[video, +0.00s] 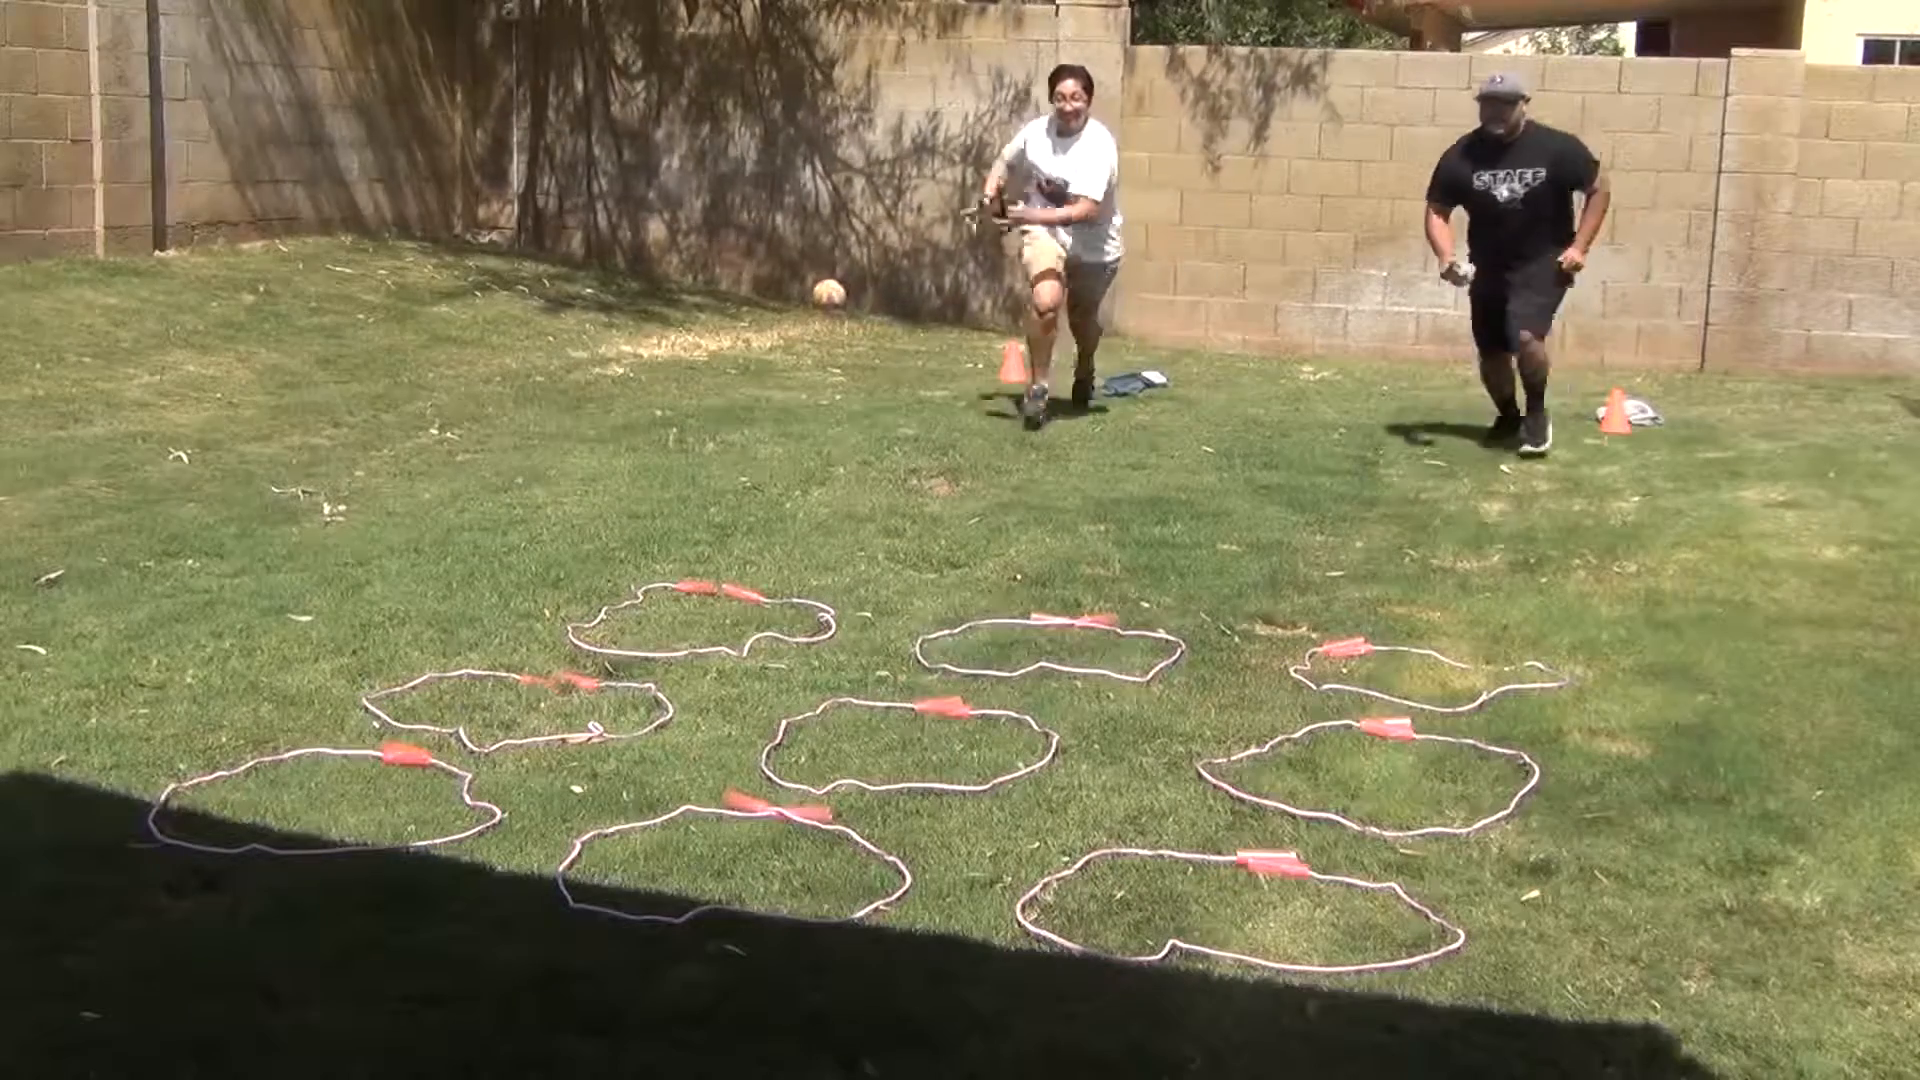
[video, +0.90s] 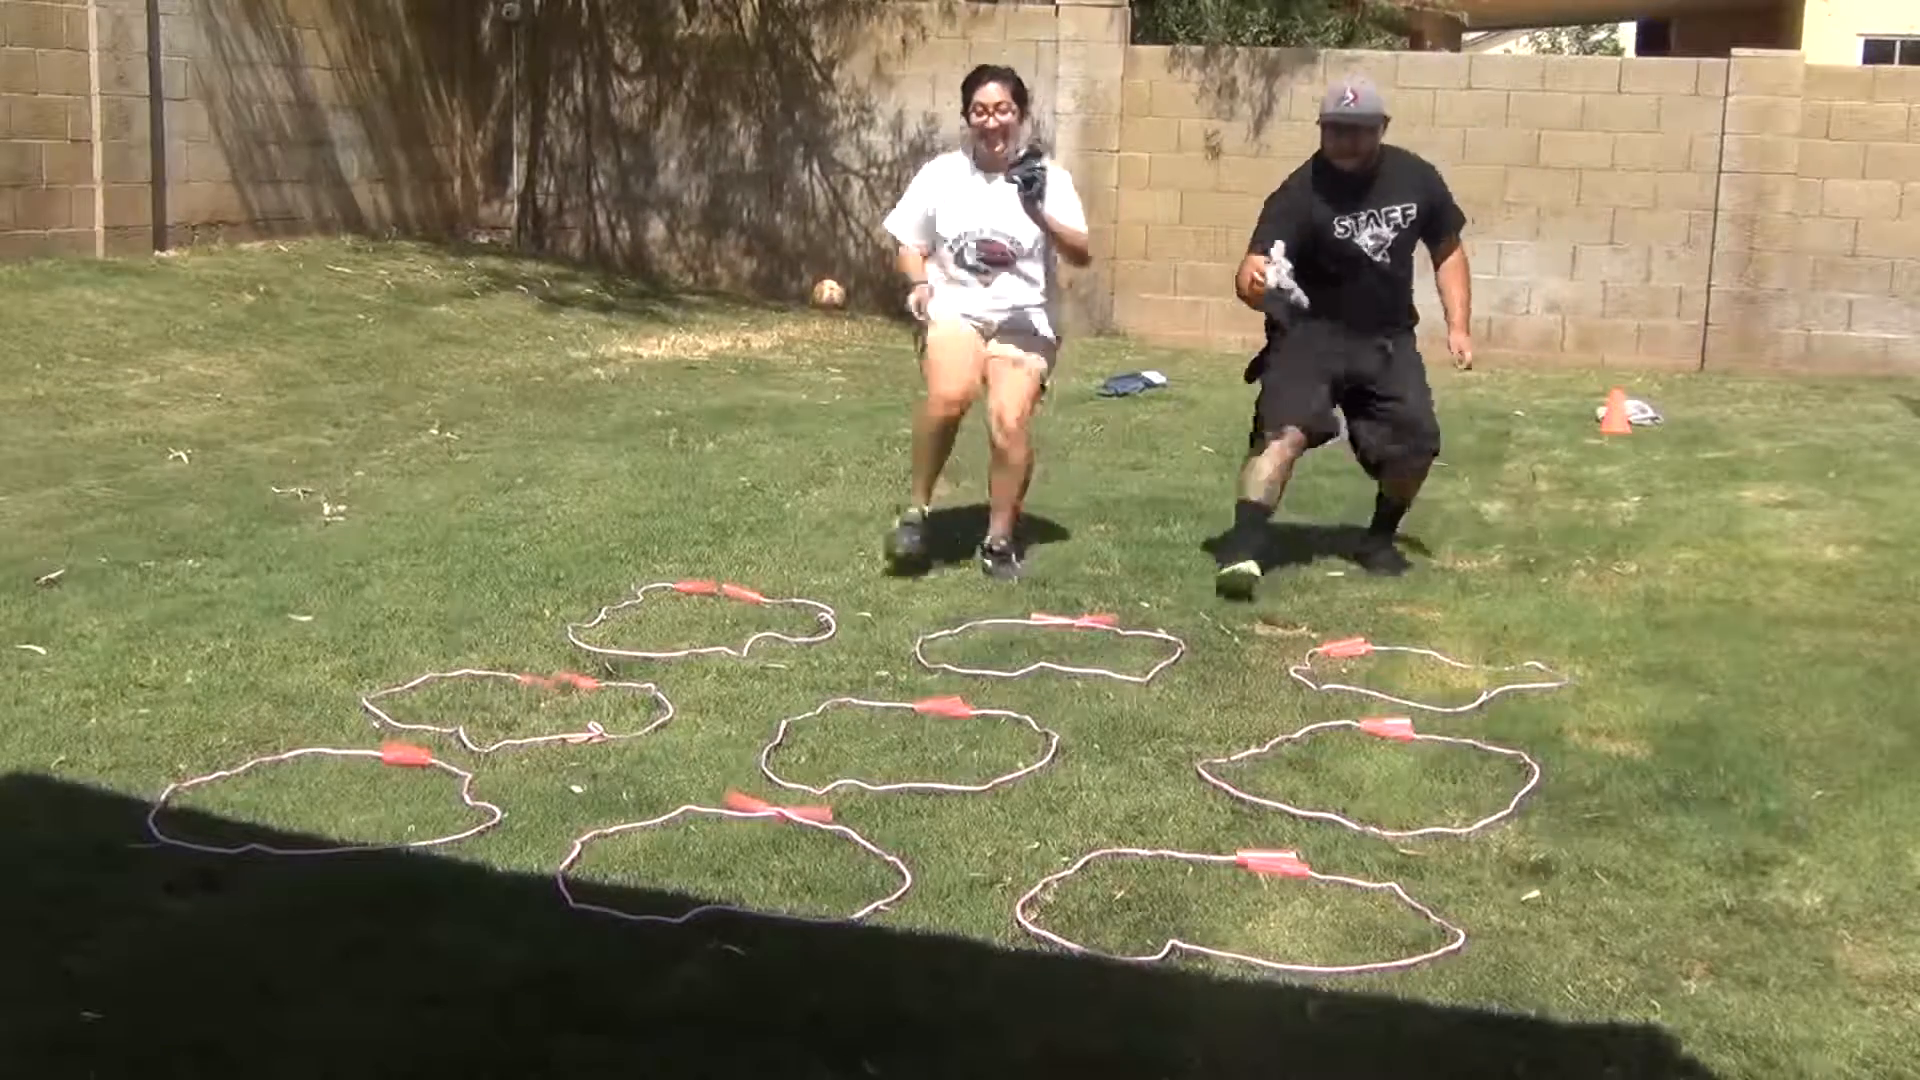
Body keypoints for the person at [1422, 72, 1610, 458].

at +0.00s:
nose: (1495, 113)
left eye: (1504, 105)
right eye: (1488, 104)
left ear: (1523, 107)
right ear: (1479, 106)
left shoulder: (1558, 149)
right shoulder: (1461, 157)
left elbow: (1599, 190)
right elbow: (1436, 213)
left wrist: (1580, 247)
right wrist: (1447, 257)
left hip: (1543, 261)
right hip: (1488, 265)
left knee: (1525, 337)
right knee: (1491, 353)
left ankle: (1536, 414)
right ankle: (1508, 416)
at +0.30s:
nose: (1471, 84)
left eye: (1481, 75)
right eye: (1463, 75)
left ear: (1497, 77)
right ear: (1448, 77)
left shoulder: (1531, 132)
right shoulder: (1424, 137)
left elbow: (1582, 187)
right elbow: (1388, 198)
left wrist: (1568, 238)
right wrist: (1401, 254)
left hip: (1517, 272)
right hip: (1449, 272)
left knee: (1513, 380)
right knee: (1442, 360)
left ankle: (1509, 464)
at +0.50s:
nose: (1433, 98)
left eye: (1443, 88)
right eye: (1424, 87)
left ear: (1461, 92)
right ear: (1409, 90)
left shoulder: (1497, 151)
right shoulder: (1379, 156)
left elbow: (1547, 198)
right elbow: (1340, 222)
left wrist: (1556, 259)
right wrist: (1353, 259)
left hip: (1472, 298)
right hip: (1403, 297)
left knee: (1474, 400)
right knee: (1403, 395)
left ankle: (1464, 473)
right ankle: (1402, 500)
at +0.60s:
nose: (1423, 99)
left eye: (1435, 89)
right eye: (1414, 88)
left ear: (1453, 91)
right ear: (1399, 88)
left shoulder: (1484, 155)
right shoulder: (1364, 153)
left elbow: (1511, 216)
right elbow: (1327, 221)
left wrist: (1518, 278)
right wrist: (1349, 255)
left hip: (1447, 297)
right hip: (1374, 299)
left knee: (1436, 395)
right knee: (1376, 433)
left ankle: (1416, 517)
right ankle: (1404, 497)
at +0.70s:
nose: (1408, 103)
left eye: (1420, 93)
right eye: (1399, 91)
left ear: (1438, 97)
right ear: (1383, 94)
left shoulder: (1468, 160)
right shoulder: (1346, 156)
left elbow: (1490, 222)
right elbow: (1302, 227)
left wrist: (1489, 291)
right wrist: (1334, 257)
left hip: (1425, 314)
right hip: (1349, 314)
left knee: (1409, 419)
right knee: (1350, 428)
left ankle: (1384, 545)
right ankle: (1365, 489)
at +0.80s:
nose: (1380, 123)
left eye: (1392, 113)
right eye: (1371, 112)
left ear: (1413, 117)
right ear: (1357, 113)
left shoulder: (1445, 175)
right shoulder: (1322, 179)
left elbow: (1475, 249)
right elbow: (1284, 255)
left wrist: (1480, 321)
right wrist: (1305, 280)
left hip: (1406, 329)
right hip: (1331, 325)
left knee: (1406, 434)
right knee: (1310, 432)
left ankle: (1384, 536)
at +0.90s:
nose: (1347, 141)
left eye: (1359, 130)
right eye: (1336, 130)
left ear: (1381, 130)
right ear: (1322, 130)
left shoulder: (1417, 180)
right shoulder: (1298, 193)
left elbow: (1448, 249)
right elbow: (1250, 277)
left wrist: (1458, 325)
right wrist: (1258, 285)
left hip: (1387, 338)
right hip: (1308, 334)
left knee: (1415, 443)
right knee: (1286, 430)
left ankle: (1380, 539)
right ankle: (1244, 550)